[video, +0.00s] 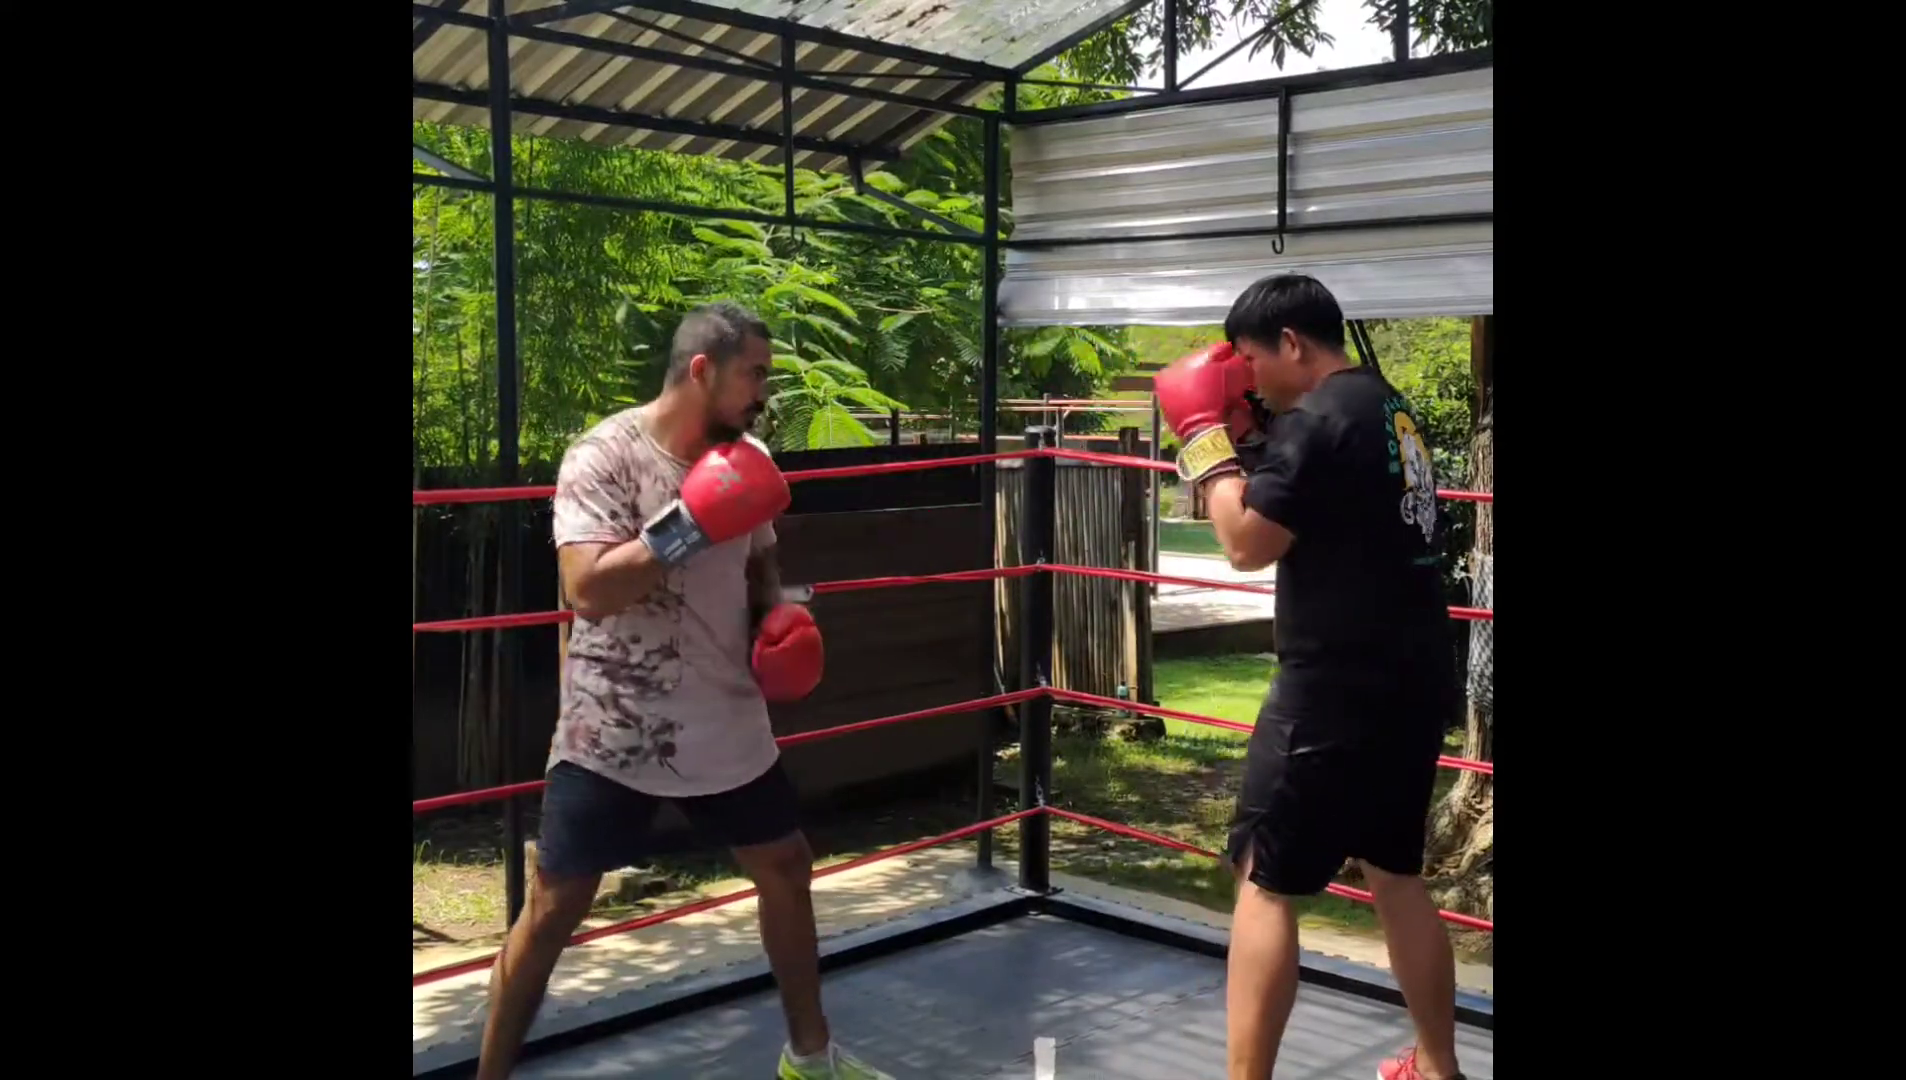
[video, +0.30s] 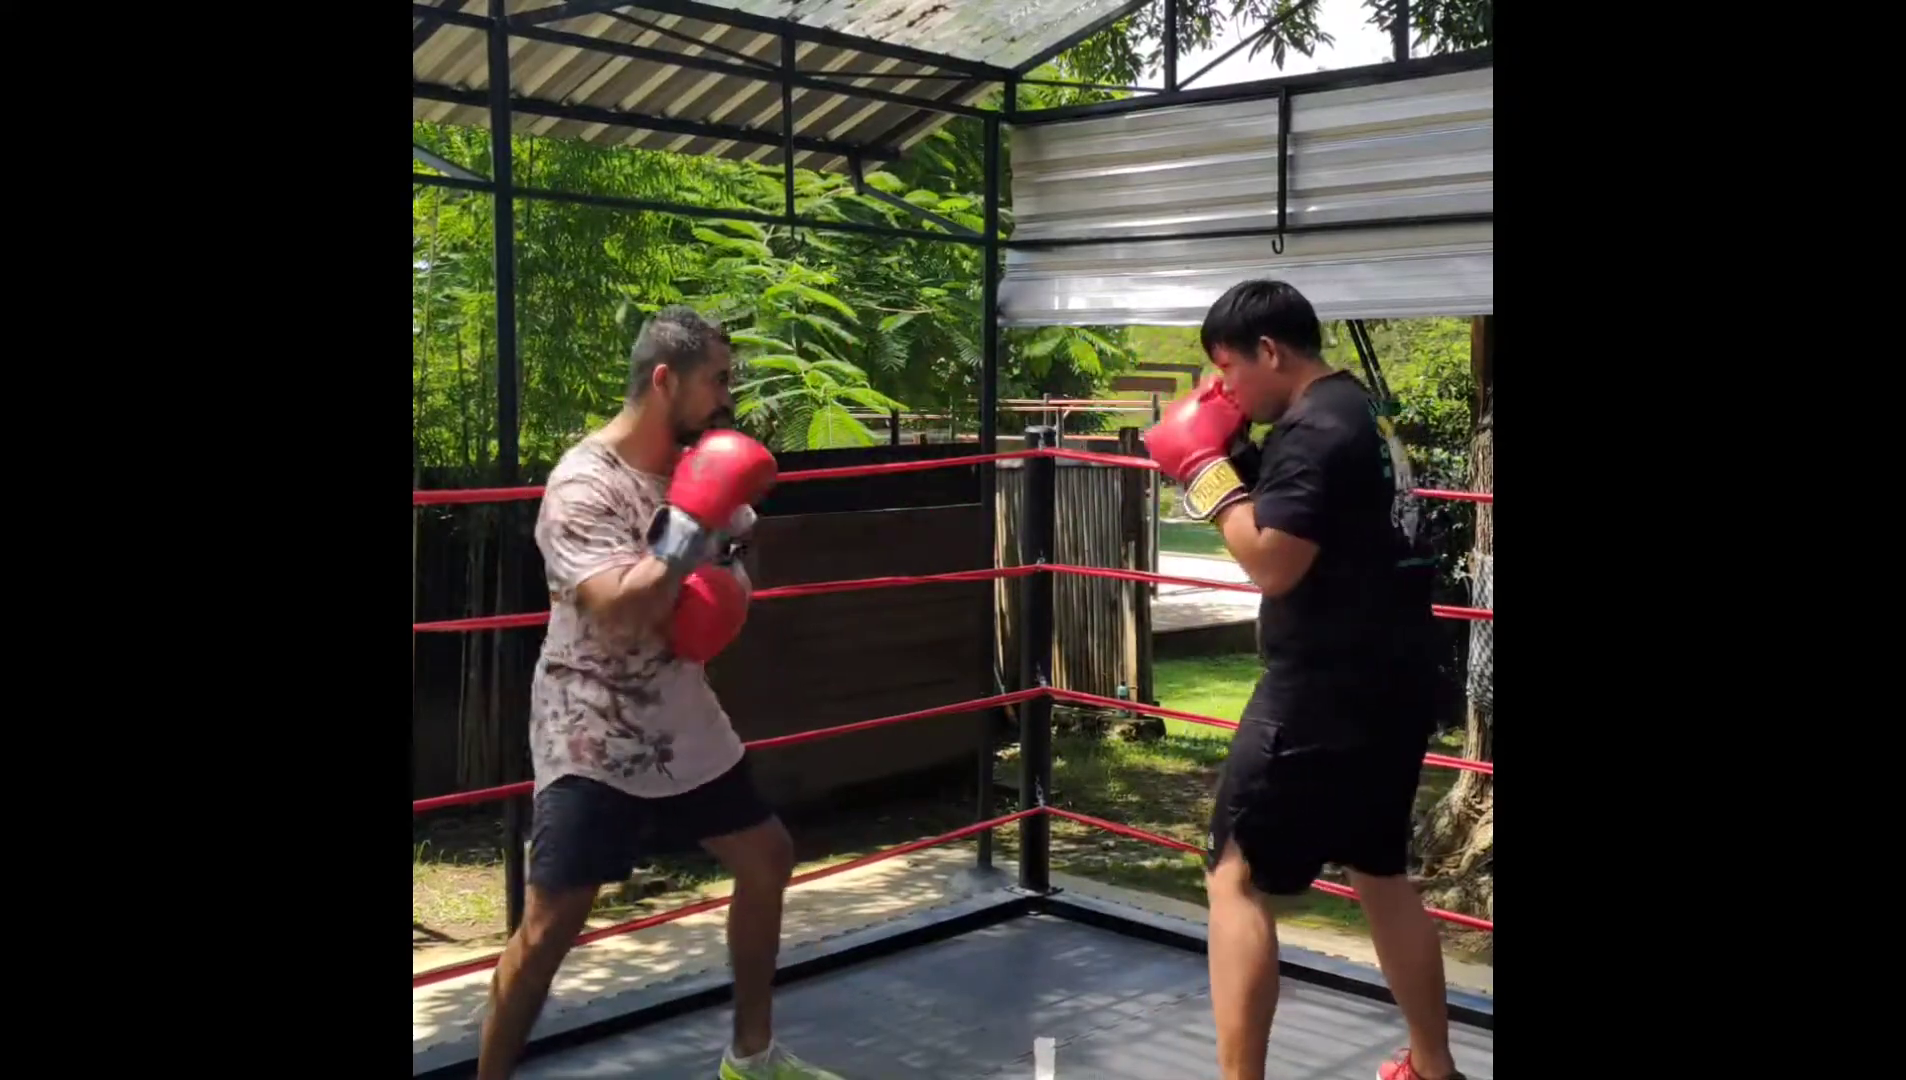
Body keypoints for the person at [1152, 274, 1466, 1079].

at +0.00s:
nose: (1249, 382)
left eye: (1249, 363)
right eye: (1242, 368)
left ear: (1293, 344)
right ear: (1321, 342)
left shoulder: (1318, 419)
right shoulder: (1385, 405)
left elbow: (1246, 543)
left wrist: (1207, 443)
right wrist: (1249, 436)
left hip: (1332, 685)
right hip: (1413, 683)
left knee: (1265, 881)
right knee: (1398, 875)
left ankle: (1246, 1071)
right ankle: (1438, 1065)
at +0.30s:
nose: (1224, 389)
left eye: (1226, 370)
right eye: (1217, 375)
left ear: (1271, 353)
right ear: (1288, 351)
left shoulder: (1313, 430)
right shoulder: (1349, 408)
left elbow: (1272, 567)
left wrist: (1204, 469)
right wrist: (1233, 449)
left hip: (1316, 694)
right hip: (1387, 691)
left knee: (1235, 878)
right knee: (1384, 873)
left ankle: (1240, 1072)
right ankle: (1433, 1065)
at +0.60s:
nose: (1187, 384)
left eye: (1187, 368)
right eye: (1182, 371)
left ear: (1221, 351)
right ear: (1274, 341)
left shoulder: (1220, 407)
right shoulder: (1356, 393)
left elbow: (1074, 413)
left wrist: (964, 380)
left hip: (1275, 686)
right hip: (1383, 682)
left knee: (1216, 878)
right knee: (1393, 871)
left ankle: (1205, 1069)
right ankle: (1436, 1056)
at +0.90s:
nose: (1224, 386)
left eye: (1224, 366)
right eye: (1216, 372)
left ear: (1266, 345)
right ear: (1289, 344)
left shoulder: (1294, 417)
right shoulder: (1361, 402)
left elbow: (1232, 549)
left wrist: (1187, 455)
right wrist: (1232, 438)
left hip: (1310, 683)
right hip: (1394, 681)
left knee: (1239, 876)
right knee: (1390, 869)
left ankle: (1223, 1070)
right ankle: (1433, 1064)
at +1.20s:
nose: (1232, 381)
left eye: (1233, 363)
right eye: (1225, 368)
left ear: (1280, 346)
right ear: (1295, 344)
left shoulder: (1326, 423)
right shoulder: (1355, 403)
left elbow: (1268, 559)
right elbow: (1280, 539)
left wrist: (1213, 455)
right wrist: (1229, 452)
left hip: (1331, 691)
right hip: (1387, 686)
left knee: (1278, 886)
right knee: (1388, 872)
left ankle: (1254, 1072)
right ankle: (1433, 1062)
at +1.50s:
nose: (1223, 384)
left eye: (1225, 367)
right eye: (1216, 371)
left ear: (1268, 351)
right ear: (1288, 349)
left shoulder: (1311, 430)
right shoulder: (1352, 407)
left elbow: (1245, 561)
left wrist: (1201, 455)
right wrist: (1226, 448)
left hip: (1322, 693)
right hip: (1391, 690)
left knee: (1250, 880)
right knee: (1384, 872)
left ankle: (1250, 1072)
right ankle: (1432, 1062)